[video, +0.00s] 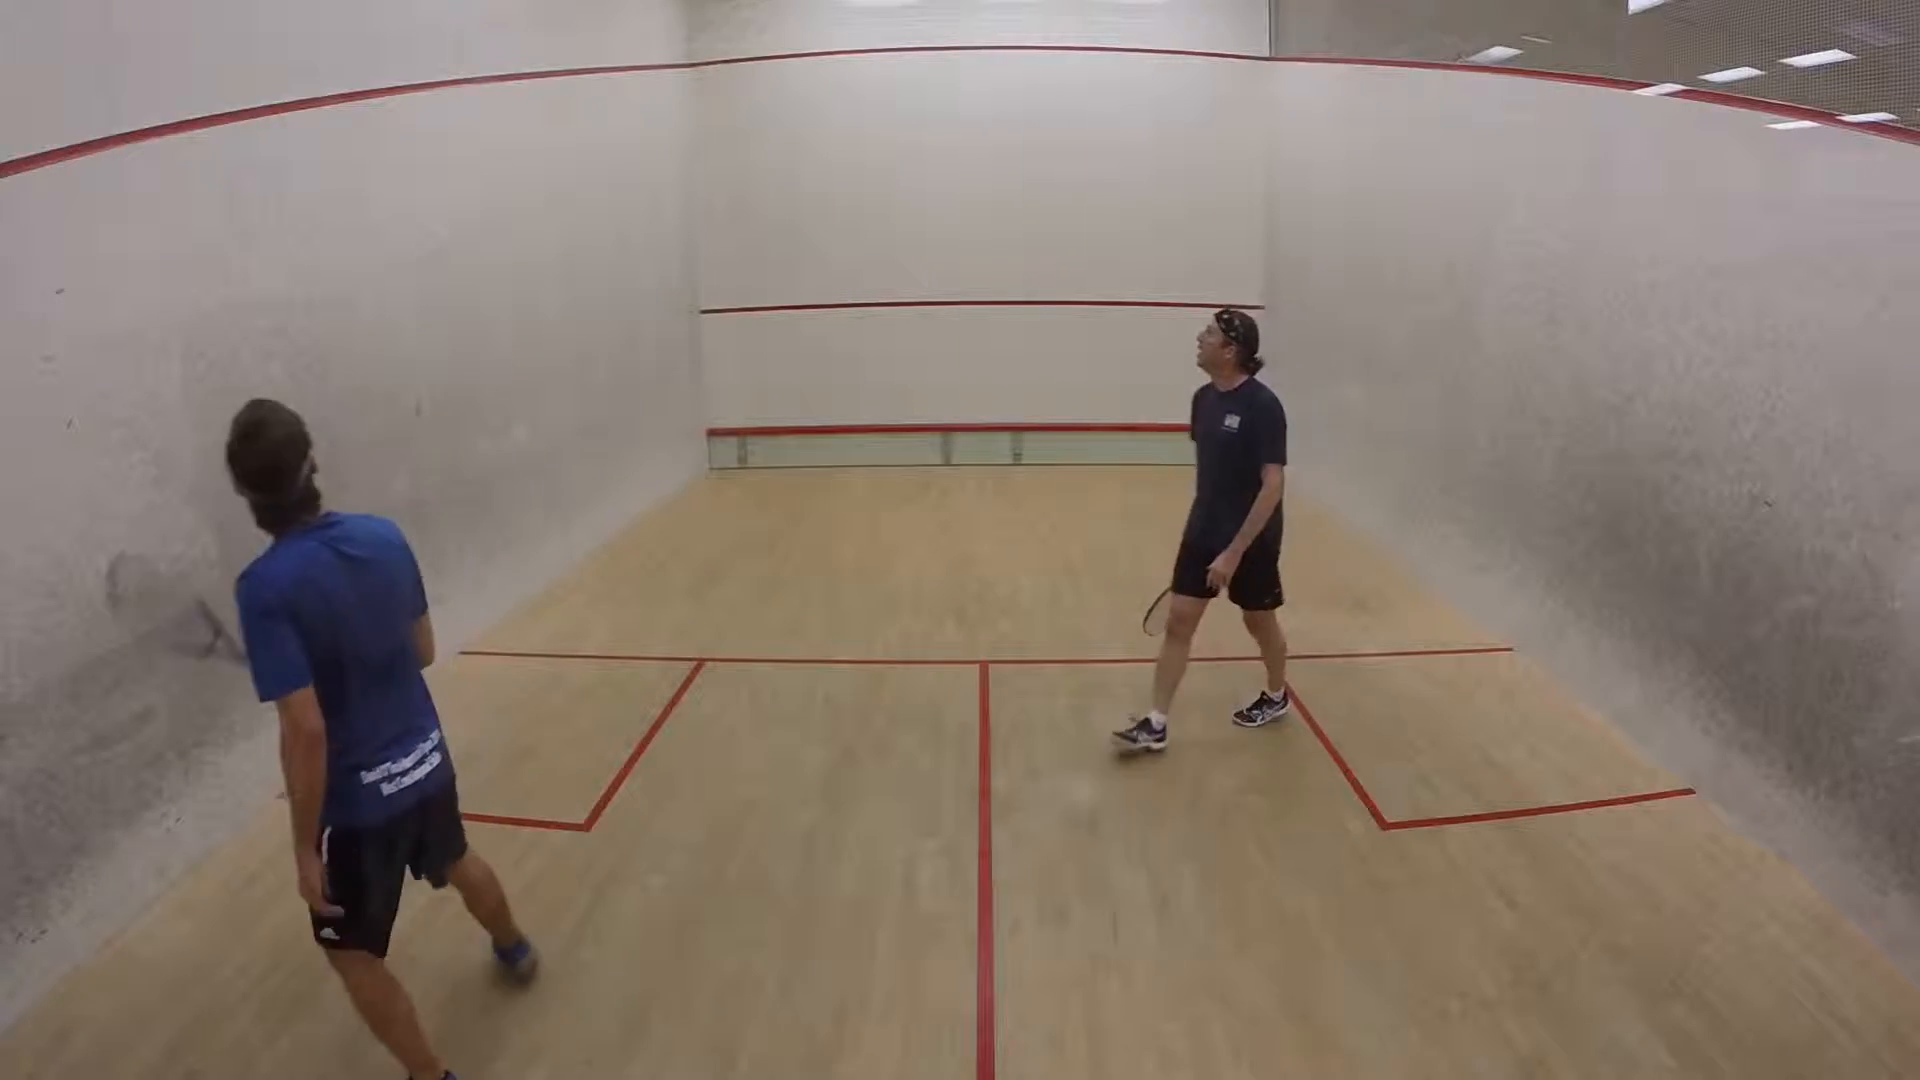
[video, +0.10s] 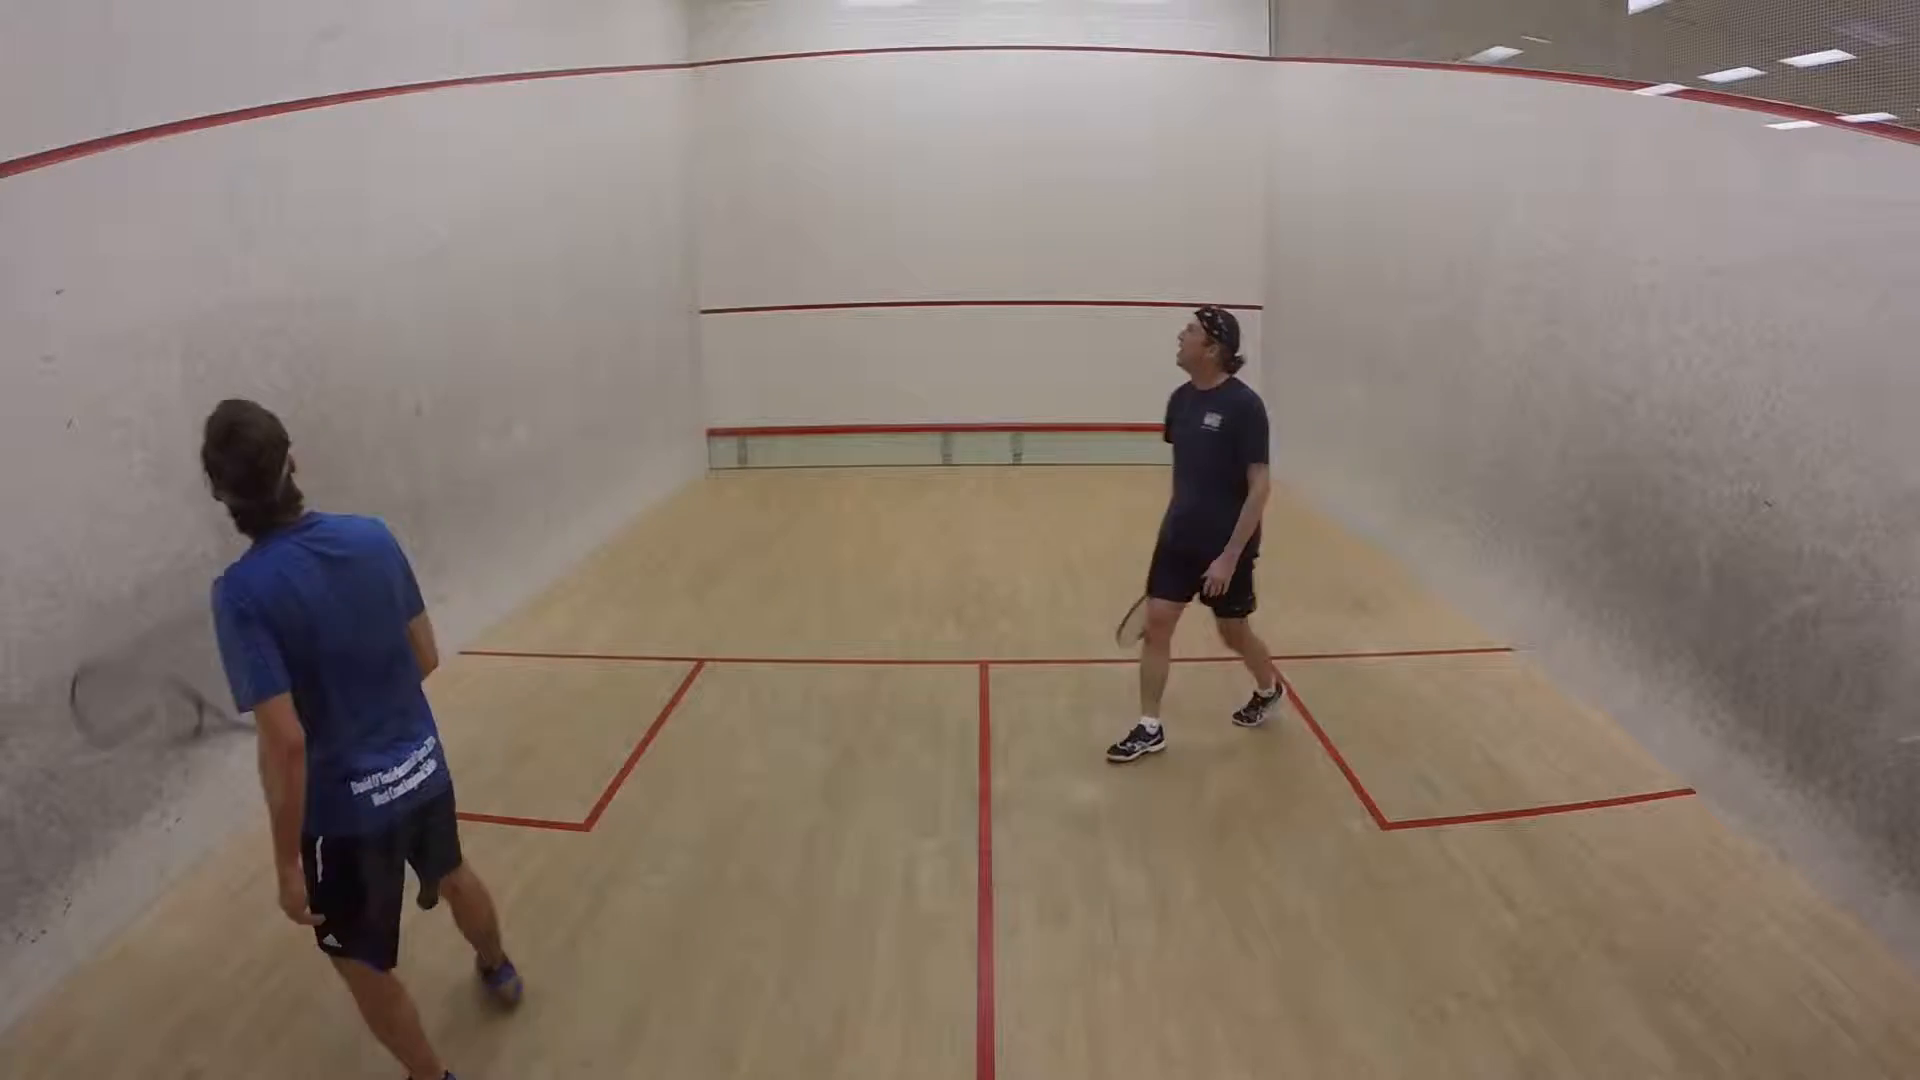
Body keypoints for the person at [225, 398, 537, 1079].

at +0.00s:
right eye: (303, 450)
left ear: (240, 485)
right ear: (312, 463)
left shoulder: (266, 587)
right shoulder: (380, 537)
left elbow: (306, 728)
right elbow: (422, 649)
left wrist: (307, 849)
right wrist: (343, 650)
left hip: (361, 807)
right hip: (429, 768)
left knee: (348, 947)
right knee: (456, 860)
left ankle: (429, 1072)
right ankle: (515, 949)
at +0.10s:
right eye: (284, 449)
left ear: (217, 489)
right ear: (292, 463)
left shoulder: (242, 592)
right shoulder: (368, 537)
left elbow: (286, 741)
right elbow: (423, 656)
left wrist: (289, 865)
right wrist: (354, 684)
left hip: (352, 815)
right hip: (426, 774)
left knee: (356, 954)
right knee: (451, 871)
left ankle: (429, 1071)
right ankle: (498, 969)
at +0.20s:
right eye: (281, 449)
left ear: (210, 491)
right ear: (288, 464)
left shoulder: (233, 597)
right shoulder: (368, 537)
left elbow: (273, 751)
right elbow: (433, 653)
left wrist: (284, 871)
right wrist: (384, 712)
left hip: (350, 823)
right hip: (427, 780)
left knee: (368, 966)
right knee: (451, 881)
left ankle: (429, 1072)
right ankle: (503, 992)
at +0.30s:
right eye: (294, 449)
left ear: (219, 493)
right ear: (297, 463)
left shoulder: (243, 601)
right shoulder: (379, 542)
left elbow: (287, 761)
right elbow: (445, 652)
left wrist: (298, 877)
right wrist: (399, 714)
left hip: (358, 833)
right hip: (435, 789)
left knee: (385, 981)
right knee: (458, 908)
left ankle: (431, 1075)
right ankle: (530, 1023)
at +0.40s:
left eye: (233, 482)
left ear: (244, 505)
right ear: (319, 470)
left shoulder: (273, 611)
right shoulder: (398, 549)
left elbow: (329, 772)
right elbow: (457, 664)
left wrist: (330, 887)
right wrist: (405, 731)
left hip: (383, 845)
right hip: (455, 801)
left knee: (401, 989)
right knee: (459, 926)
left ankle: (432, 1075)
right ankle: (562, 1044)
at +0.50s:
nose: (260, 523)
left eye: (258, 512)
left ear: (274, 524)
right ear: (342, 480)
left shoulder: (323, 619)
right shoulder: (417, 557)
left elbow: (388, 771)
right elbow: (467, 677)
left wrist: (381, 894)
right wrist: (420, 761)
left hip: (423, 867)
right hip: (491, 825)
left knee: (423, 1022)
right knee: (491, 957)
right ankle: (587, 1071)